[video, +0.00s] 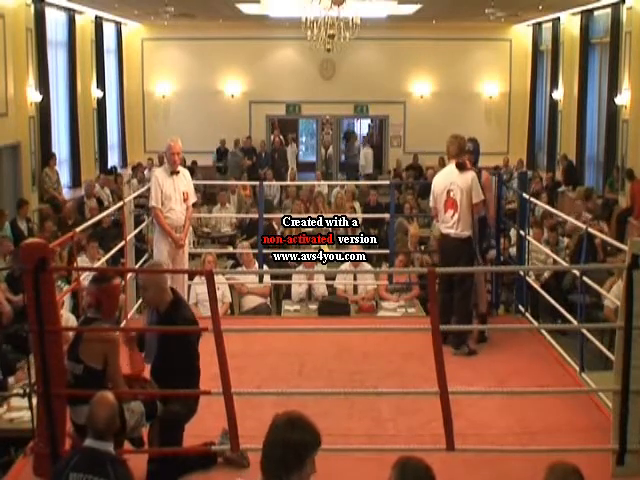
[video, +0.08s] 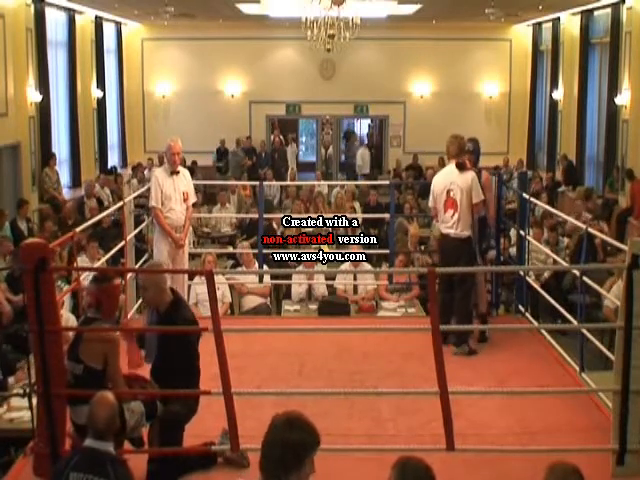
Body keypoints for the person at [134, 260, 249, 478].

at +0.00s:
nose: (142, 294)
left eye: (145, 288)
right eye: (141, 288)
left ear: (162, 287)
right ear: (159, 287)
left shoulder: (181, 321)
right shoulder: (158, 310)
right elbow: (153, 344)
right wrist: (135, 340)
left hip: (179, 399)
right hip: (162, 394)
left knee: (160, 470)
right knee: (159, 467)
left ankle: (217, 452)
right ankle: (215, 450)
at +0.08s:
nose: (142, 294)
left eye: (145, 288)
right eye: (141, 288)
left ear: (162, 287)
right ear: (159, 287)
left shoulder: (182, 321)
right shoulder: (156, 310)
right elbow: (150, 345)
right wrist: (137, 334)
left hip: (179, 400)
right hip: (162, 394)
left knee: (160, 470)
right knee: (158, 467)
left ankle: (216, 451)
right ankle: (215, 449)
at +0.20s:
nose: (142, 294)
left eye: (145, 288)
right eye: (140, 288)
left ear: (162, 287)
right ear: (159, 287)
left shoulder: (181, 321)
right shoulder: (158, 310)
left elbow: (184, 375)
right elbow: (157, 343)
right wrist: (138, 333)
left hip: (180, 399)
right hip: (162, 393)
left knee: (161, 470)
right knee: (159, 467)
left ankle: (217, 452)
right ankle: (215, 449)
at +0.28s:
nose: (141, 294)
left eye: (145, 288)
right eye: (140, 288)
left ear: (162, 287)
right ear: (159, 287)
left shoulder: (181, 321)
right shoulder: (158, 309)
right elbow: (157, 344)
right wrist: (138, 333)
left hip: (180, 399)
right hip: (163, 393)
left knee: (160, 470)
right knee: (159, 467)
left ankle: (217, 451)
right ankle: (215, 450)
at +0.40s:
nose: (141, 294)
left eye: (145, 288)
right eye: (140, 288)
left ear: (162, 287)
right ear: (157, 287)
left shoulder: (181, 321)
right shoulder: (159, 310)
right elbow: (155, 338)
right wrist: (136, 337)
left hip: (179, 400)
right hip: (163, 393)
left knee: (160, 470)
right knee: (160, 466)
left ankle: (217, 452)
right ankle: (215, 450)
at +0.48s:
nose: (141, 294)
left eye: (145, 288)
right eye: (140, 288)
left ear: (162, 287)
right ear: (157, 287)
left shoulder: (180, 321)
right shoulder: (159, 310)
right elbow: (158, 339)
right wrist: (138, 338)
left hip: (179, 400)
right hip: (164, 394)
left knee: (159, 470)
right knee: (161, 466)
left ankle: (216, 452)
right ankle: (215, 450)